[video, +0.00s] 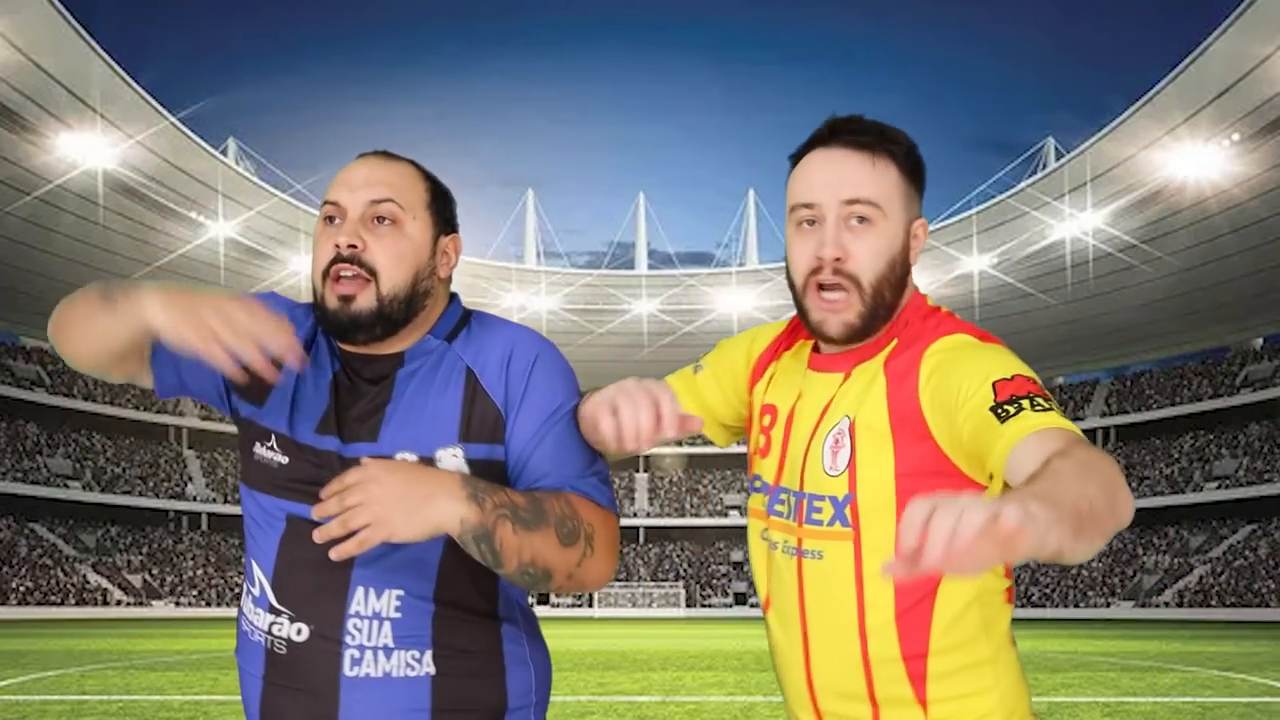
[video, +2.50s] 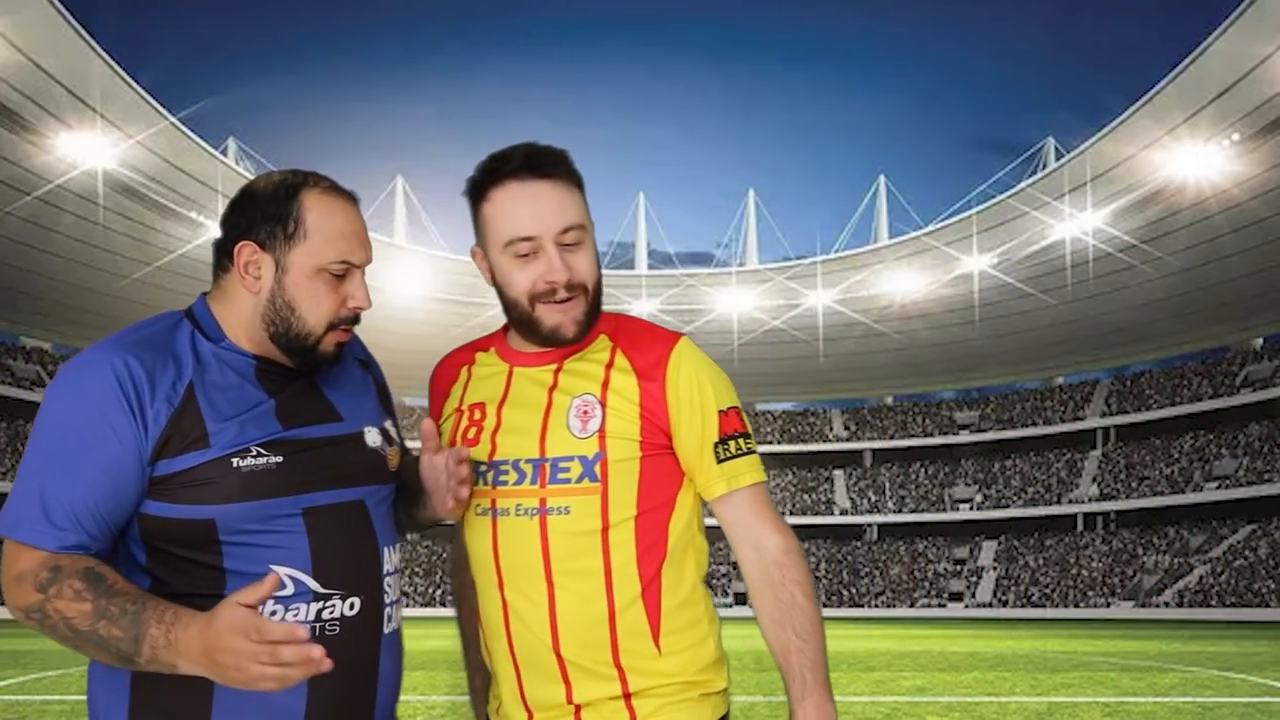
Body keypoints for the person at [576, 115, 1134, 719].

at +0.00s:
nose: (827, 250)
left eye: (860, 219)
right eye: (807, 221)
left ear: (914, 241)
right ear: (786, 238)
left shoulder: (958, 363)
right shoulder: (760, 359)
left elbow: (1098, 485)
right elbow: (664, 408)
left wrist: (1015, 522)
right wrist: (615, 415)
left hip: (956, 705)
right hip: (814, 705)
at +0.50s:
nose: (863, 251)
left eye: (884, 228)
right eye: (835, 226)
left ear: (905, 250)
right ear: (786, 248)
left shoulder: (963, 383)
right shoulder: (724, 359)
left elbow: (1163, 435)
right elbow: (594, 457)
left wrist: (1192, 386)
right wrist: (633, 419)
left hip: (889, 706)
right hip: (726, 704)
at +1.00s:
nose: (610, 278)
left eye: (646, 250)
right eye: (605, 248)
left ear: (725, 274)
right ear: (593, 257)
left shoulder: (819, 386)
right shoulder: (557, 388)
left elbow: (983, 501)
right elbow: (395, 425)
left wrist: (1105, 648)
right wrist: (374, 424)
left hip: (830, 705)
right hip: (666, 711)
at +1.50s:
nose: (537, 257)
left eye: (567, 229)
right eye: (548, 227)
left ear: (652, 249)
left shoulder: (767, 405)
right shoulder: (555, 377)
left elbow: (899, 622)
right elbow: (504, 510)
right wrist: (471, 550)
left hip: (723, 708)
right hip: (568, 707)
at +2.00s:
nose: (472, 257)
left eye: (498, 230)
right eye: (482, 231)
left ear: (573, 243)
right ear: (573, 245)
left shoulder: (681, 376)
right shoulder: (506, 382)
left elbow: (784, 586)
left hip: (637, 704)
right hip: (500, 703)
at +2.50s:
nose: (558, 273)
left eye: (572, 242)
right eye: (524, 252)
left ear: (594, 240)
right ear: (485, 266)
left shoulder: (666, 365)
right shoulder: (454, 382)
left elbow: (764, 544)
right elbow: (470, 564)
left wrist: (812, 705)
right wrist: (484, 702)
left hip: (664, 699)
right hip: (518, 706)